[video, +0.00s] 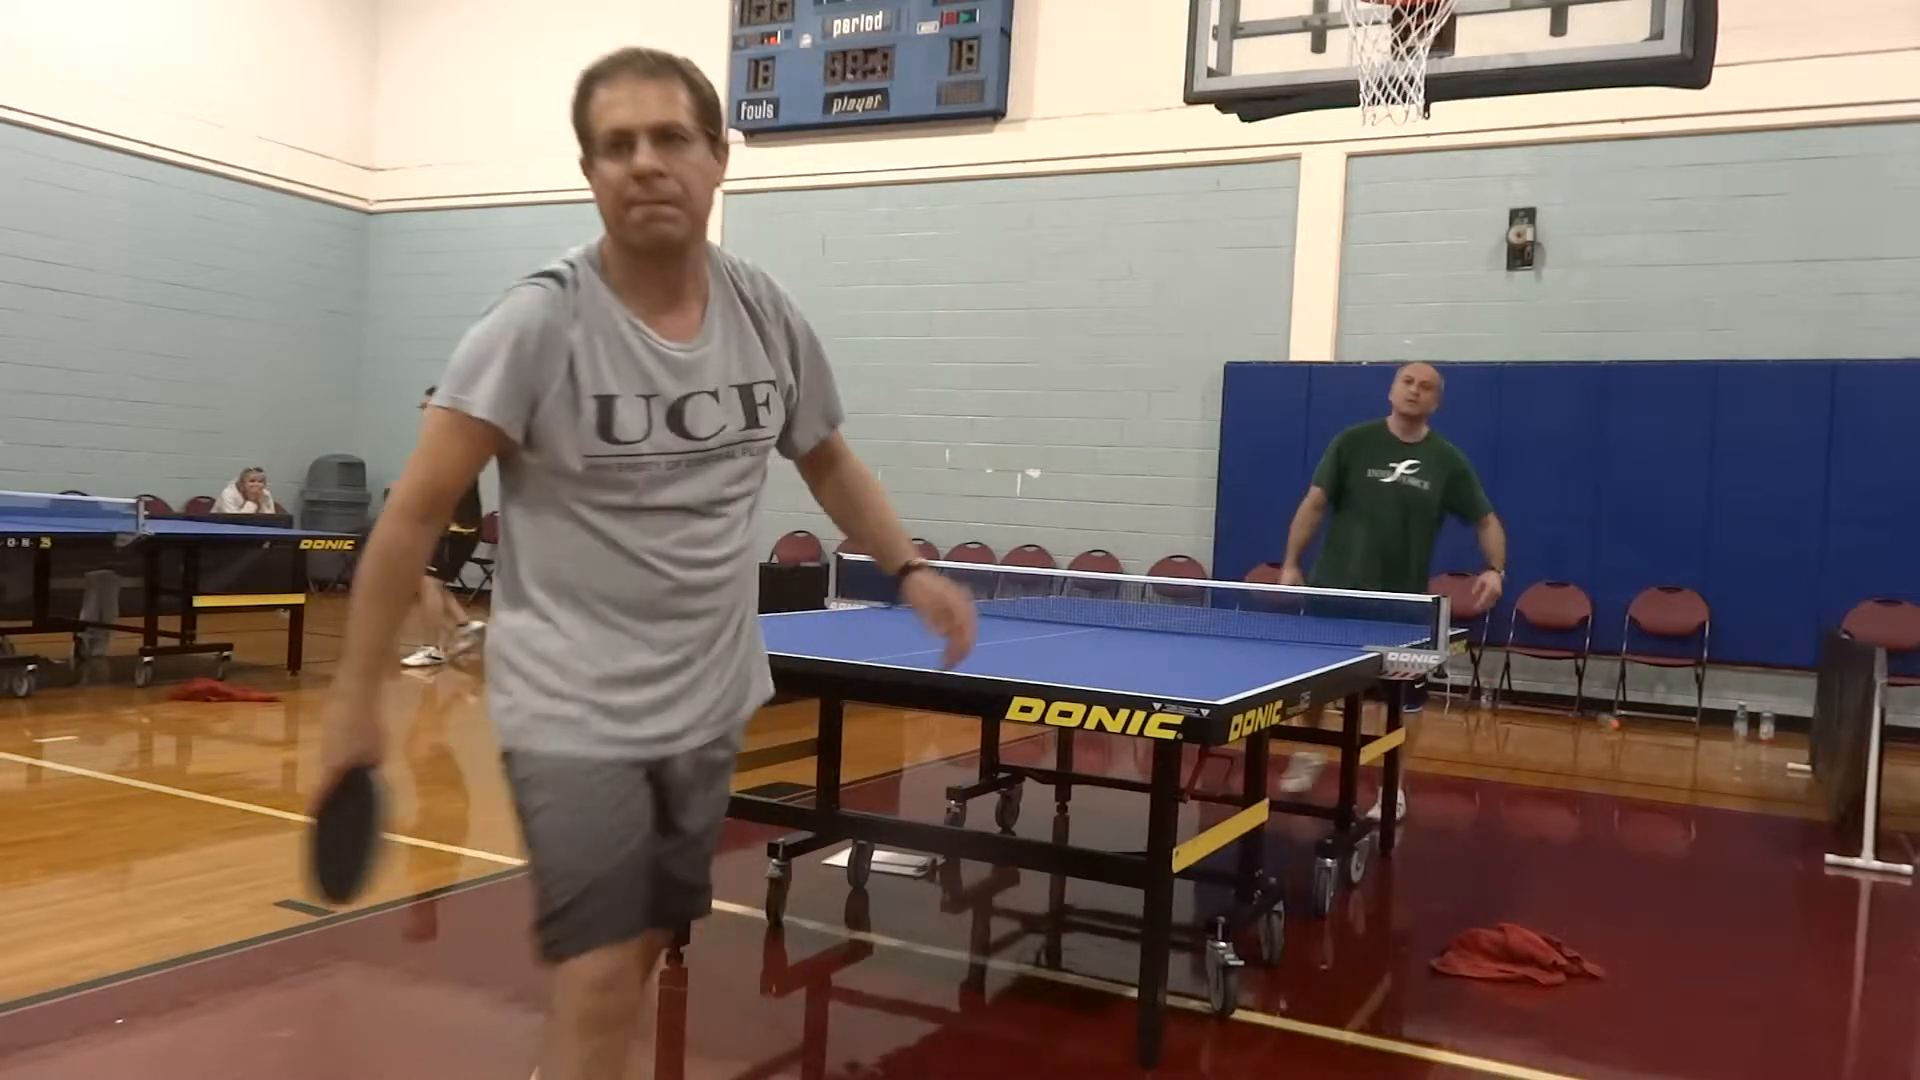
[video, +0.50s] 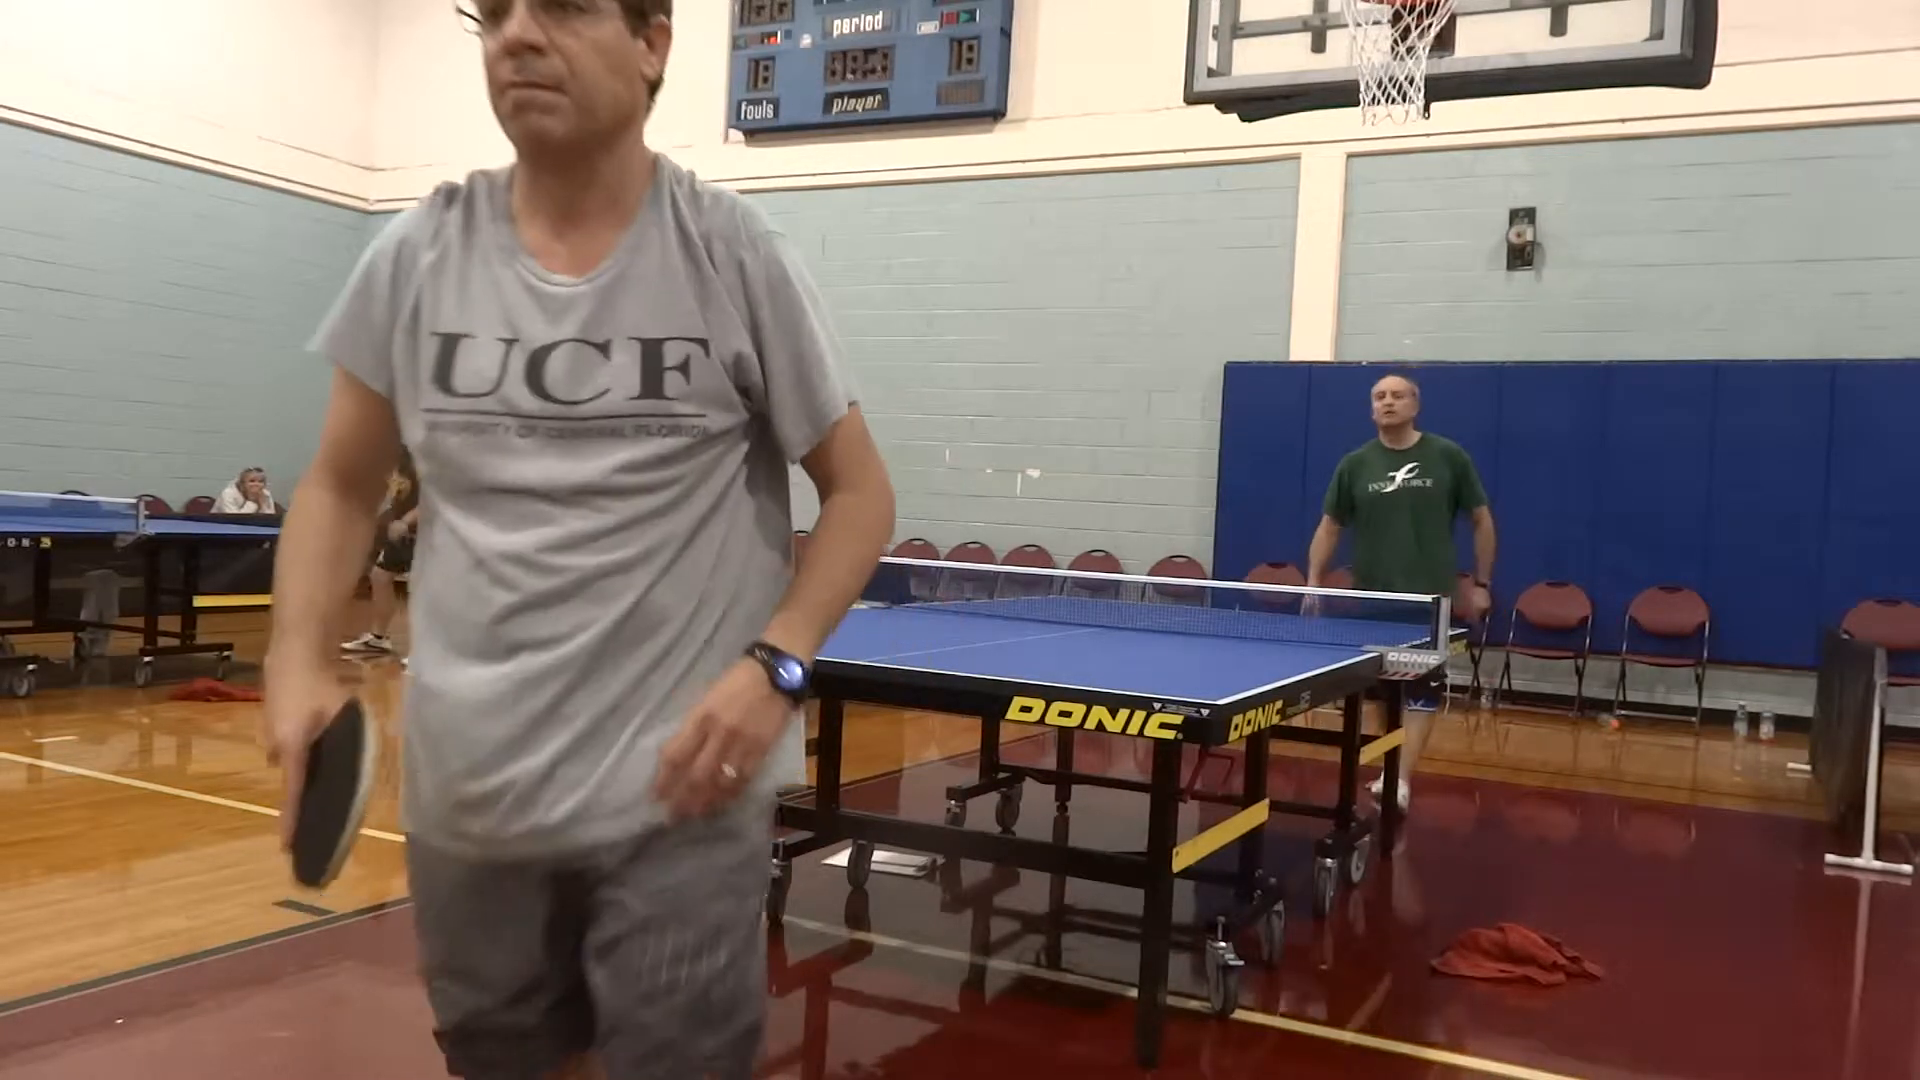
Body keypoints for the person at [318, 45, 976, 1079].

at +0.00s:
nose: (648, 166)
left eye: (673, 141)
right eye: (618, 146)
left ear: (719, 162)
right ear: (587, 175)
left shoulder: (761, 311)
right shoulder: (537, 322)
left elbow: (824, 456)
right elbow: (415, 511)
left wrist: (909, 567)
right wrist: (357, 703)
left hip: (708, 697)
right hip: (570, 707)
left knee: (638, 962)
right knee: (604, 979)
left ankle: (571, 1068)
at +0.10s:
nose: (619, 148)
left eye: (648, 122)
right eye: (592, 130)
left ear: (705, 150)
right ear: (566, 165)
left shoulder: (760, 311)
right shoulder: (510, 320)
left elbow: (835, 472)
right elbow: (395, 518)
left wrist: (871, 603)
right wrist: (322, 712)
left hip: (703, 735)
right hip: (546, 745)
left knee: (655, 994)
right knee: (571, 1036)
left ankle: (617, 1067)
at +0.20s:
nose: (592, 122)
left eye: (625, 94)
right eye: (566, 101)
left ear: (692, 124)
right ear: (544, 135)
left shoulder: (753, 296)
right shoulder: (485, 295)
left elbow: (835, 481)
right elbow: (380, 506)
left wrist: (826, 650)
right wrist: (317, 712)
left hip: (707, 739)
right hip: (525, 750)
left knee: (711, 1013)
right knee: (555, 1038)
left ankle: (640, 1072)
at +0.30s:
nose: (569, 87)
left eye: (607, 58)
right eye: (545, 64)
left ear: (681, 90)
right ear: (528, 94)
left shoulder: (751, 284)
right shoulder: (461, 275)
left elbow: (841, 490)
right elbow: (370, 481)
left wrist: (779, 652)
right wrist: (316, 680)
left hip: (702, 749)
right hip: (502, 759)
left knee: (720, 1042)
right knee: (538, 1044)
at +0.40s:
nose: (546, 57)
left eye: (587, 28)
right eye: (522, 35)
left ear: (668, 65)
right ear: (502, 70)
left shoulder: (740, 261)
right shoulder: (438, 259)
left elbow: (848, 485)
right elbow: (357, 476)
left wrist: (769, 648)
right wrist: (312, 663)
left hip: (695, 770)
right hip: (488, 780)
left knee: (714, 1061)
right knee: (533, 1058)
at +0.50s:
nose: (518, 35)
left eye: (564, 9)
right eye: (497, 13)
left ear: (651, 50)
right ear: (476, 48)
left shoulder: (731, 250)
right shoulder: (417, 252)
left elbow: (862, 490)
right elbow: (343, 482)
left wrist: (773, 667)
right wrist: (294, 662)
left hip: (684, 796)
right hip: (467, 799)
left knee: (681, 1066)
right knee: (494, 1064)